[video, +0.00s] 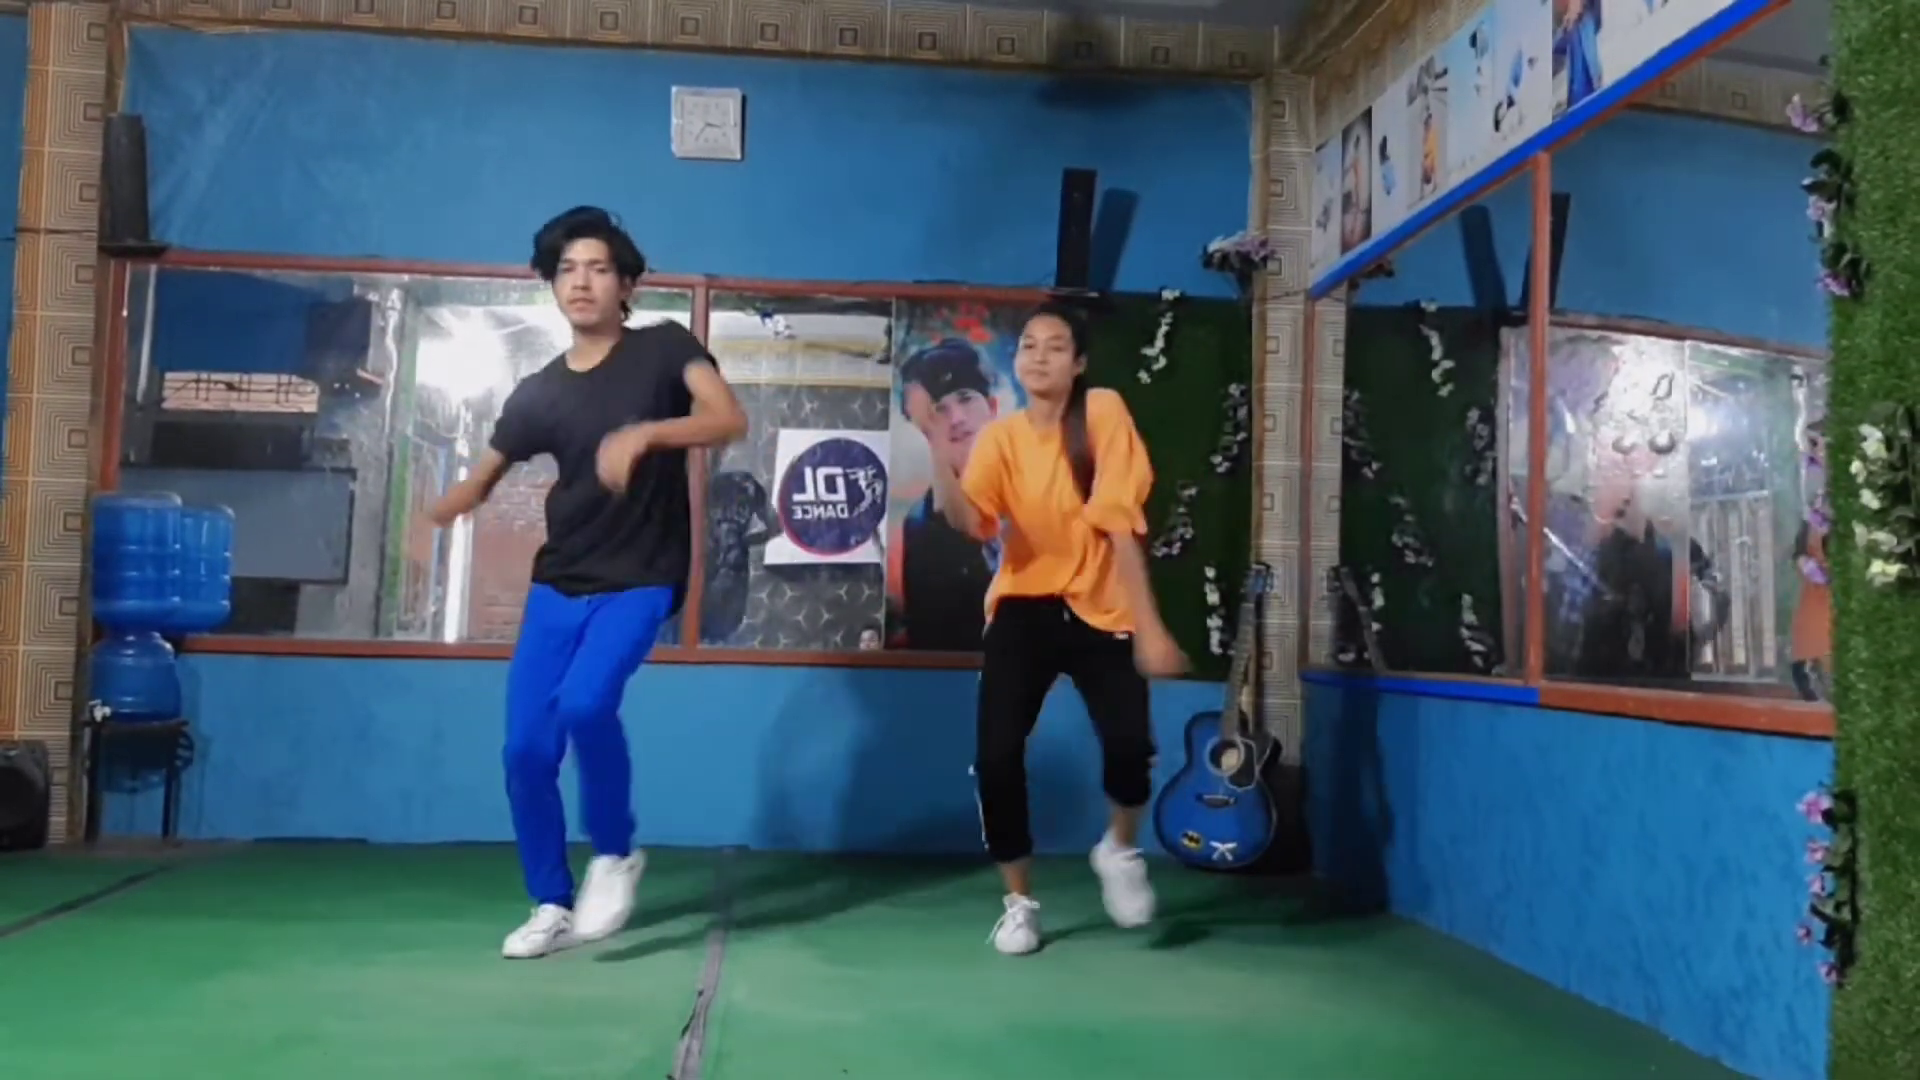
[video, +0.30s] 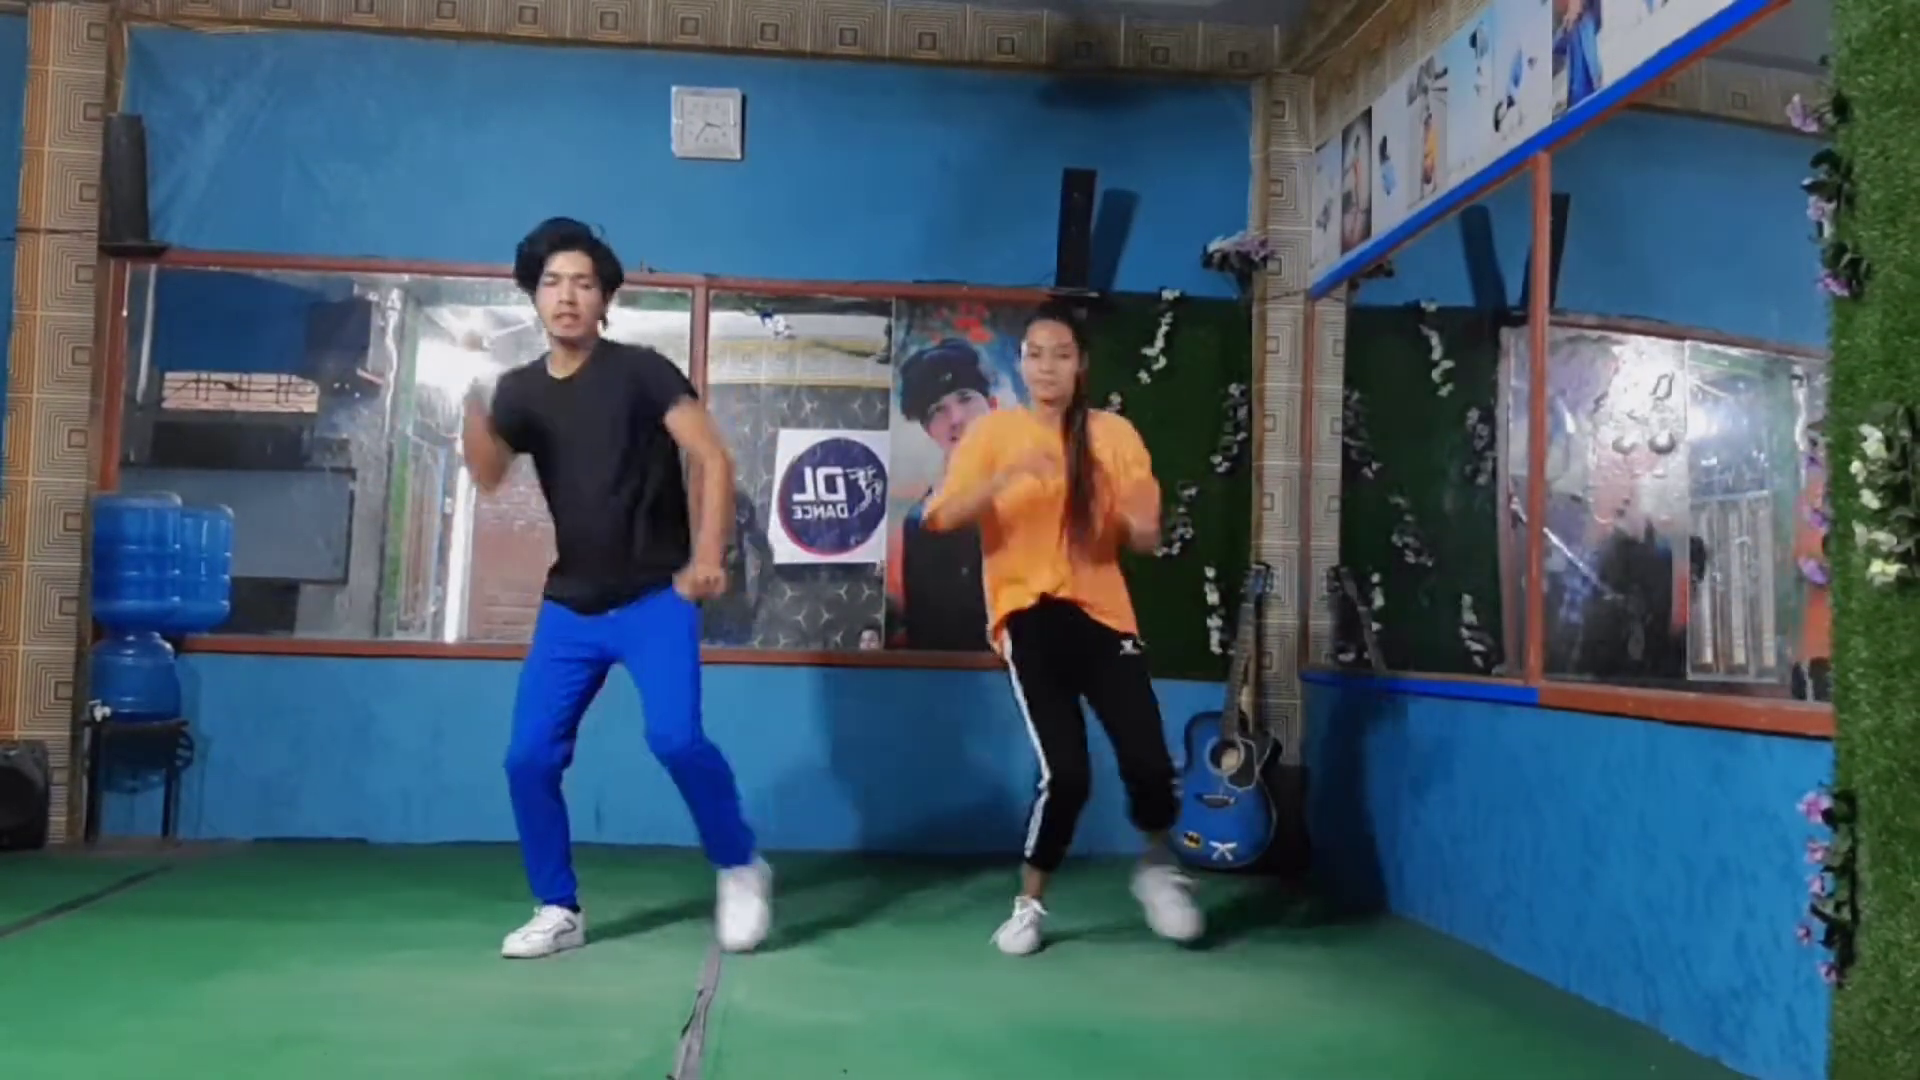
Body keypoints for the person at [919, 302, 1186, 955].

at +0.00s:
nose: (1039, 356)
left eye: (1053, 347)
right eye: (1029, 346)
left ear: (1078, 362)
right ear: (1016, 361)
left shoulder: (1102, 411)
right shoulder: (1000, 434)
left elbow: (1123, 525)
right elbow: (973, 525)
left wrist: (1148, 626)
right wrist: (940, 453)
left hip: (1102, 603)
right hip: (1023, 607)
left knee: (1131, 743)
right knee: (996, 754)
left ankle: (1121, 850)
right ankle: (1018, 900)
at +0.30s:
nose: (1046, 365)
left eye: (1059, 353)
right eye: (1035, 352)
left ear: (1081, 363)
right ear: (1020, 362)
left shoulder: (1112, 433)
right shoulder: (994, 431)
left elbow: (1148, 535)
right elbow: (937, 516)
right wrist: (997, 484)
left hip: (1102, 607)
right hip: (1027, 611)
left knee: (1148, 759)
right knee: (1066, 775)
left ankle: (1157, 869)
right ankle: (1029, 903)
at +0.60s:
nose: (1113, 382)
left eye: (1122, 369)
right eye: (1098, 370)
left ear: (1134, 377)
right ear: (1070, 378)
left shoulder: (1145, 457)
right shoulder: (1035, 435)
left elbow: (1193, 547)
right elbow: (945, 464)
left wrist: (1244, 475)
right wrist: (867, 488)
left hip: (1114, 640)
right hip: (1035, 629)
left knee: (1131, 792)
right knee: (961, 767)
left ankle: (1072, 907)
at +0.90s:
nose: (1117, 385)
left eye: (1127, 373)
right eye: (1103, 374)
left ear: (1141, 379)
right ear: (1078, 382)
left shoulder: (1158, 453)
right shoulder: (1059, 420)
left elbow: (1173, 550)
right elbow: (993, 455)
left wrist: (1135, 469)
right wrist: (1061, 498)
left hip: (1112, 617)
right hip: (1040, 612)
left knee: (1121, 784)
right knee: (1053, 783)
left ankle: (1074, 907)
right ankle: (1014, 885)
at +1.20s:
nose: (1094, 350)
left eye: (1107, 340)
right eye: (1082, 337)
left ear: (1122, 354)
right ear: (1060, 347)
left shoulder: (1144, 408)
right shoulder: (1033, 413)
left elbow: (1149, 499)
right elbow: (997, 506)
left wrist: (1055, 517)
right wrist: (1038, 437)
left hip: (1117, 593)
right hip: (1044, 589)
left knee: (1108, 753)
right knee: (1048, 737)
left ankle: (1077, 901)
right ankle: (1048, 891)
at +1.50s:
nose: (1060, 369)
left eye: (1074, 360)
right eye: (1049, 358)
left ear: (1093, 376)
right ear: (1030, 371)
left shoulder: (1118, 433)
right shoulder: (1009, 440)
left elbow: (1121, 544)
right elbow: (958, 551)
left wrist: (1025, 571)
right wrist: (967, 526)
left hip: (1126, 621)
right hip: (1049, 628)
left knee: (1210, 720)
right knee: (1036, 770)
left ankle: (1173, 823)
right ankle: (1042, 903)